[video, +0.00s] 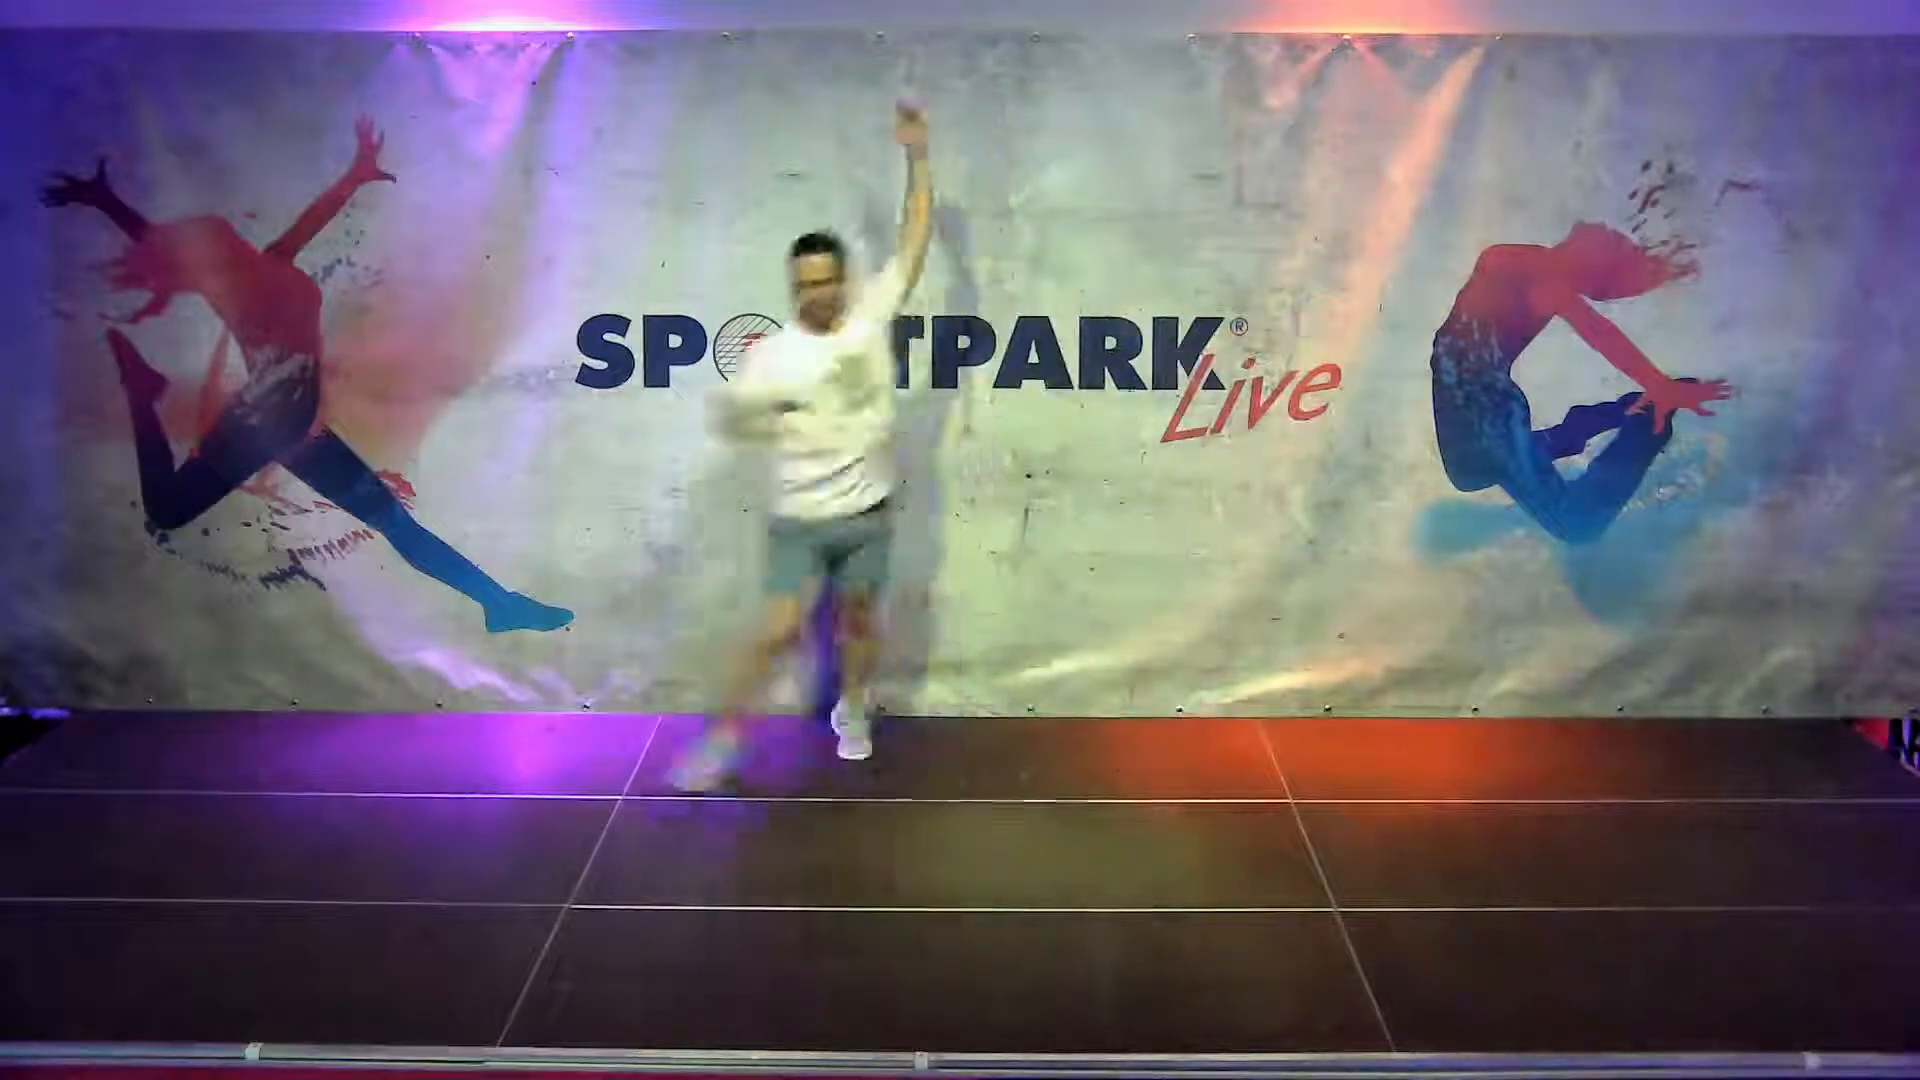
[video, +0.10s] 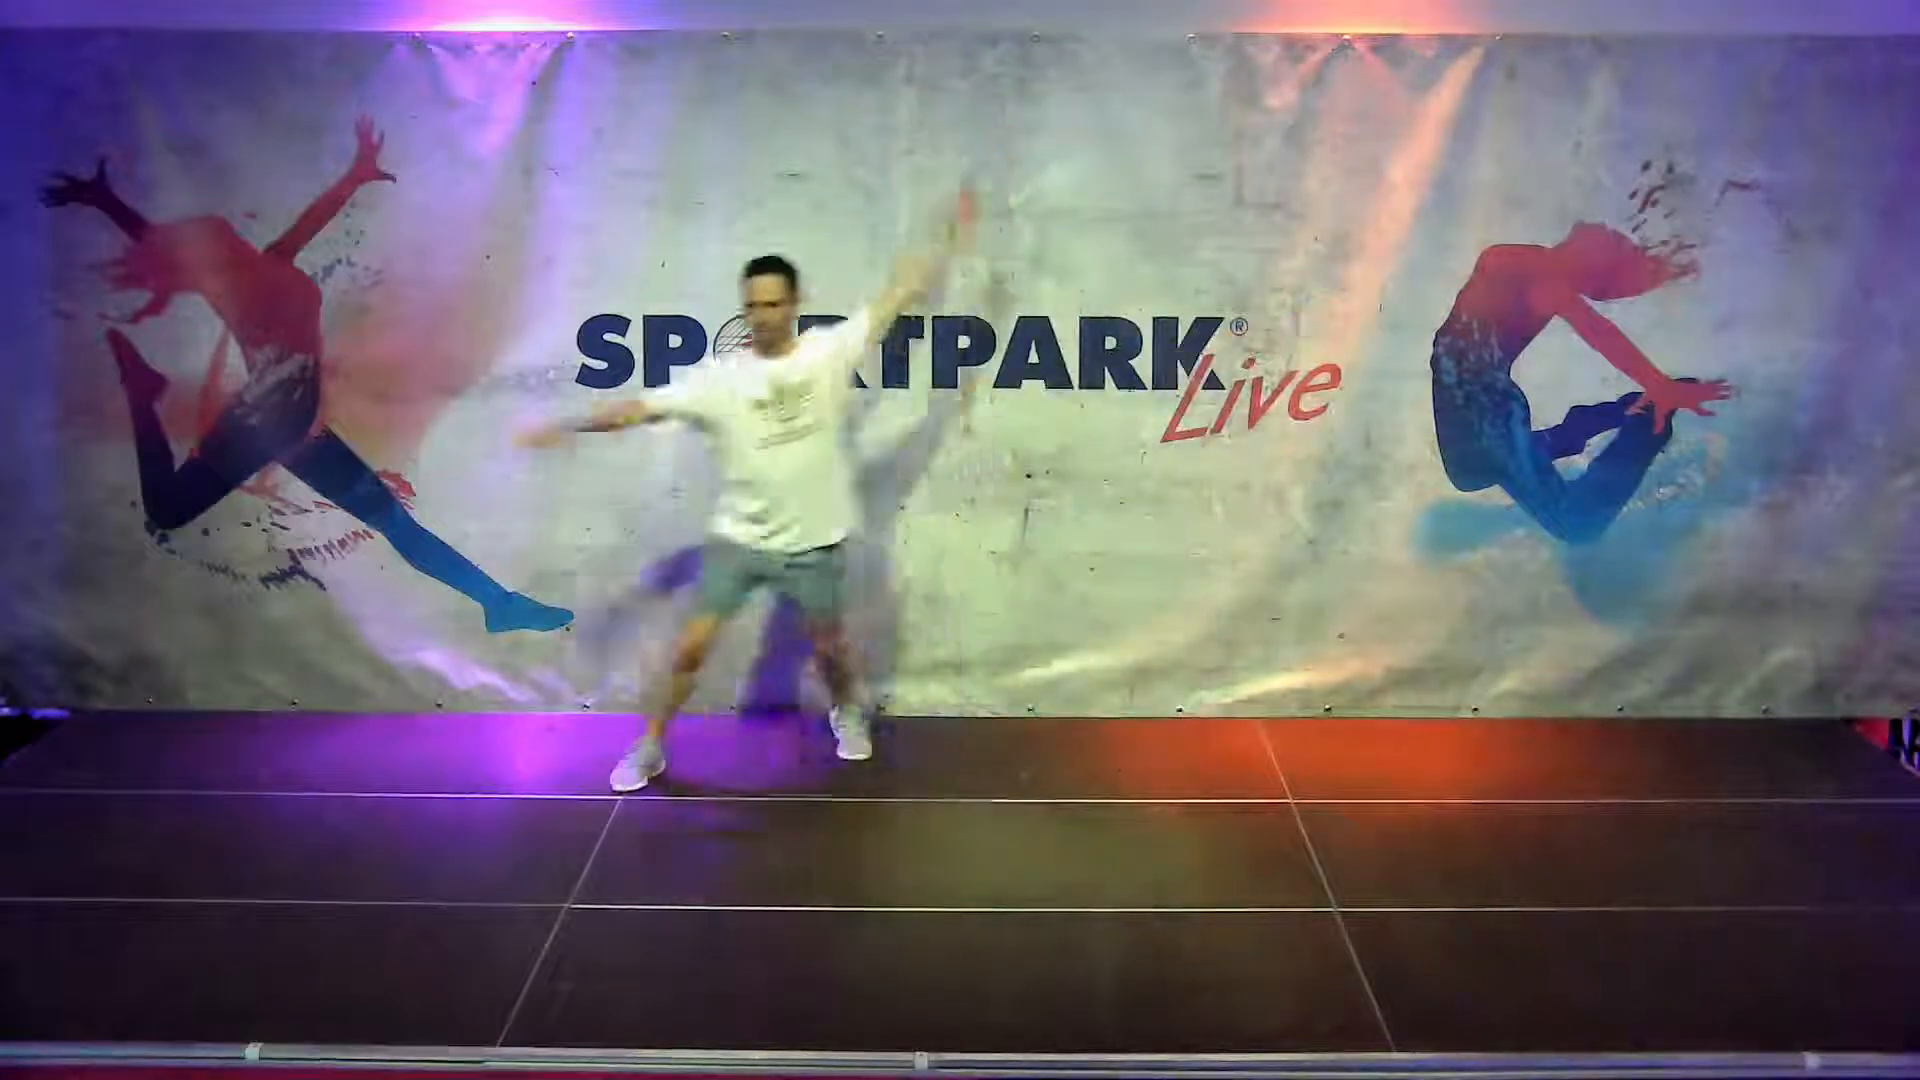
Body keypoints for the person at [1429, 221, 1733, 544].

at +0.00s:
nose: (1601, 232)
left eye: (1607, 245)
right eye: (1613, 237)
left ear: (1595, 260)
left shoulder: (1548, 284)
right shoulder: (1528, 263)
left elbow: (1597, 331)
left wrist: (1657, 384)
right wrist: (1648, 271)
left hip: (1489, 403)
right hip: (1454, 390)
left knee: (1575, 524)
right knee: (1468, 474)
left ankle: (1651, 420)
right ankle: (1568, 437)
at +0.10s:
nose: (1601, 232)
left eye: (1606, 245)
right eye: (1612, 237)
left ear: (1596, 259)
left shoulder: (1547, 283)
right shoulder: (1527, 263)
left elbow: (1597, 331)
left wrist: (1657, 384)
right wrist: (1649, 272)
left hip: (1489, 402)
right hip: (1454, 390)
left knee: (1575, 524)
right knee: (1467, 474)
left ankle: (1651, 421)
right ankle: (1569, 436)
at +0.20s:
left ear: (1595, 257)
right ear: (1594, 238)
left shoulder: (1547, 283)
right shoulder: (1524, 263)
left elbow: (1597, 331)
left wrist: (1657, 384)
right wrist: (1649, 271)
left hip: (1488, 402)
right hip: (1454, 390)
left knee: (1575, 524)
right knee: (1468, 474)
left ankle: (1651, 421)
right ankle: (1570, 436)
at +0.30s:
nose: (1601, 236)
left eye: (1604, 248)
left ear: (1594, 258)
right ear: (1595, 238)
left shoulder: (1546, 283)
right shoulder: (1524, 263)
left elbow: (1597, 331)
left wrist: (1657, 384)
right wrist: (1648, 272)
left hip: (1489, 403)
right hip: (1455, 391)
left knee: (1575, 524)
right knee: (1468, 474)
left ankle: (1651, 421)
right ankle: (1569, 436)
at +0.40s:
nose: (1601, 236)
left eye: (1604, 248)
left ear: (1594, 258)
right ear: (1595, 238)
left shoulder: (1546, 283)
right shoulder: (1524, 263)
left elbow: (1597, 331)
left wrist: (1657, 384)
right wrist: (1648, 272)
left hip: (1489, 403)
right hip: (1455, 391)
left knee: (1575, 524)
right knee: (1468, 474)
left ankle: (1651, 421)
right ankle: (1569, 436)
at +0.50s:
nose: (1602, 234)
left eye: (1605, 247)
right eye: (1612, 239)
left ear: (1595, 259)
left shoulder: (1546, 283)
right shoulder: (1526, 263)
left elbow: (1596, 330)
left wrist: (1657, 384)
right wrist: (1647, 272)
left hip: (1488, 403)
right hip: (1454, 391)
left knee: (1575, 524)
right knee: (1468, 474)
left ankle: (1650, 422)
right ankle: (1570, 436)